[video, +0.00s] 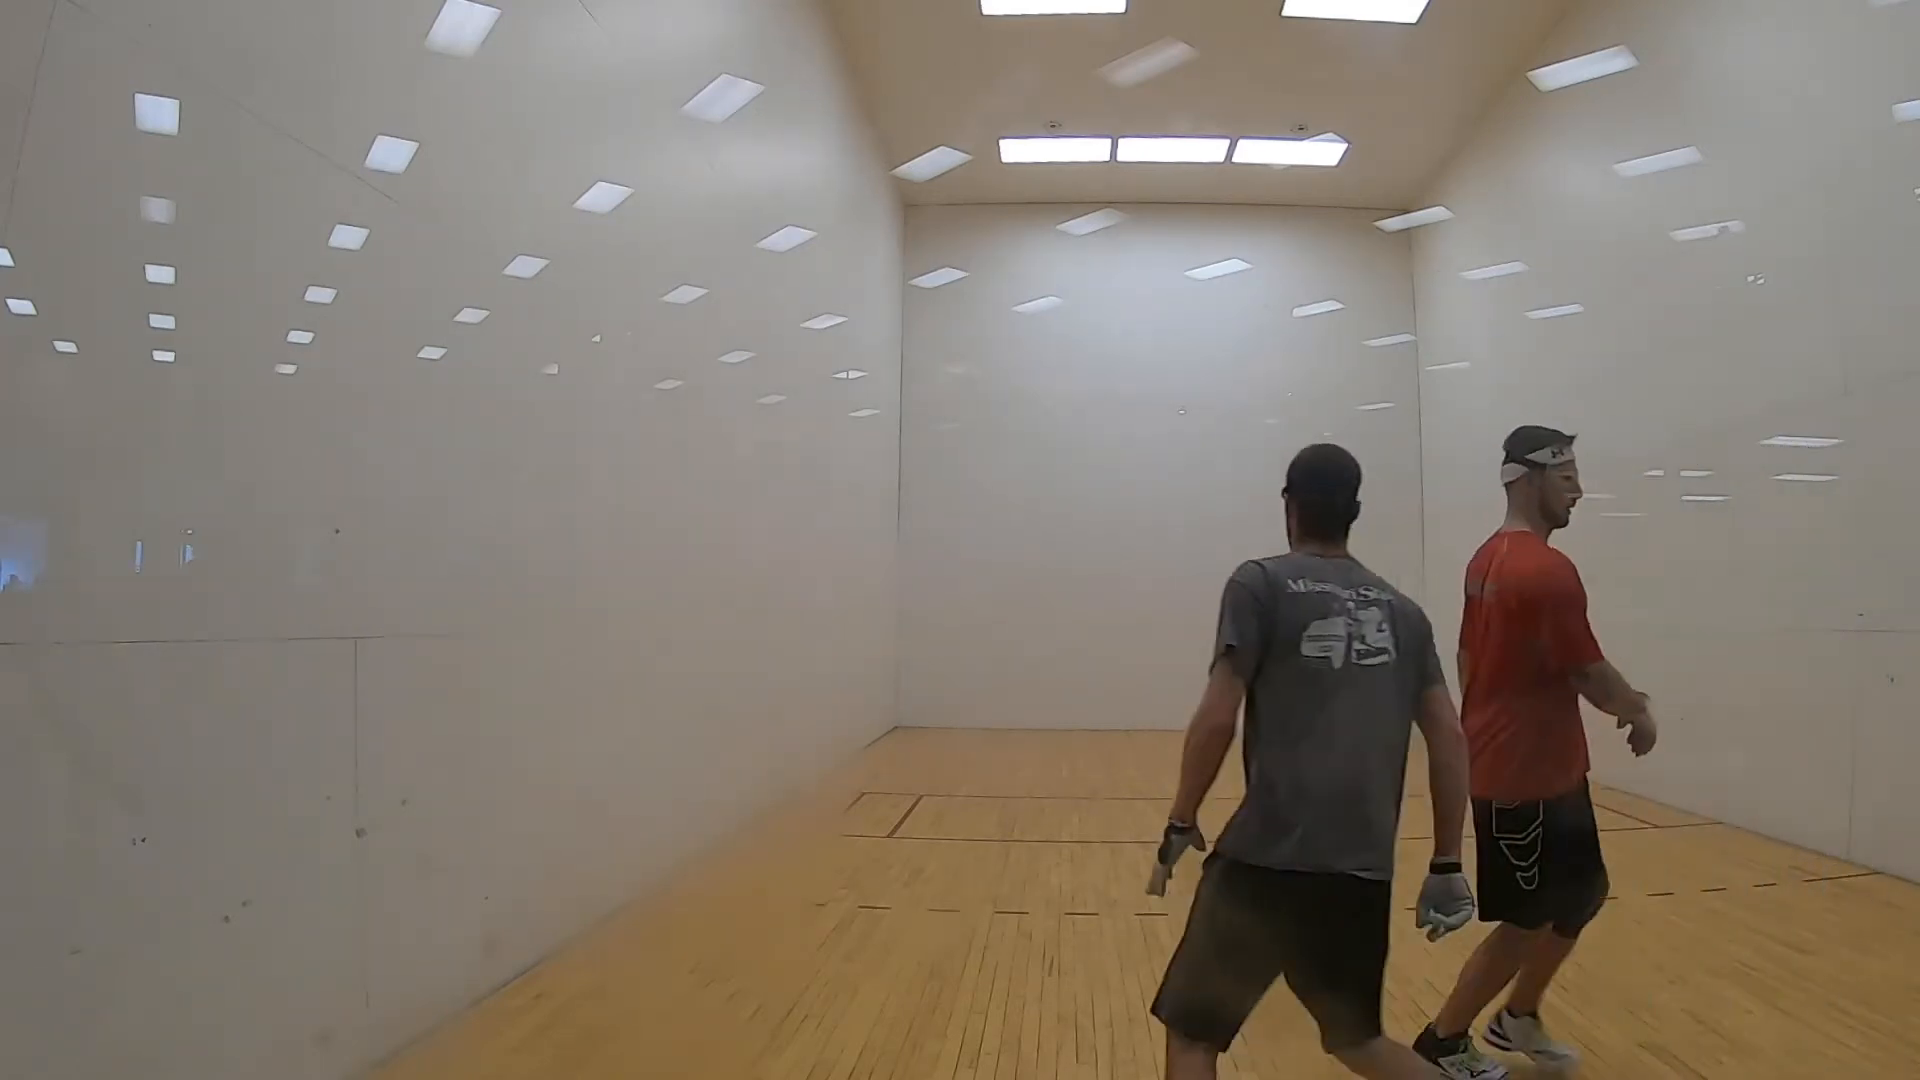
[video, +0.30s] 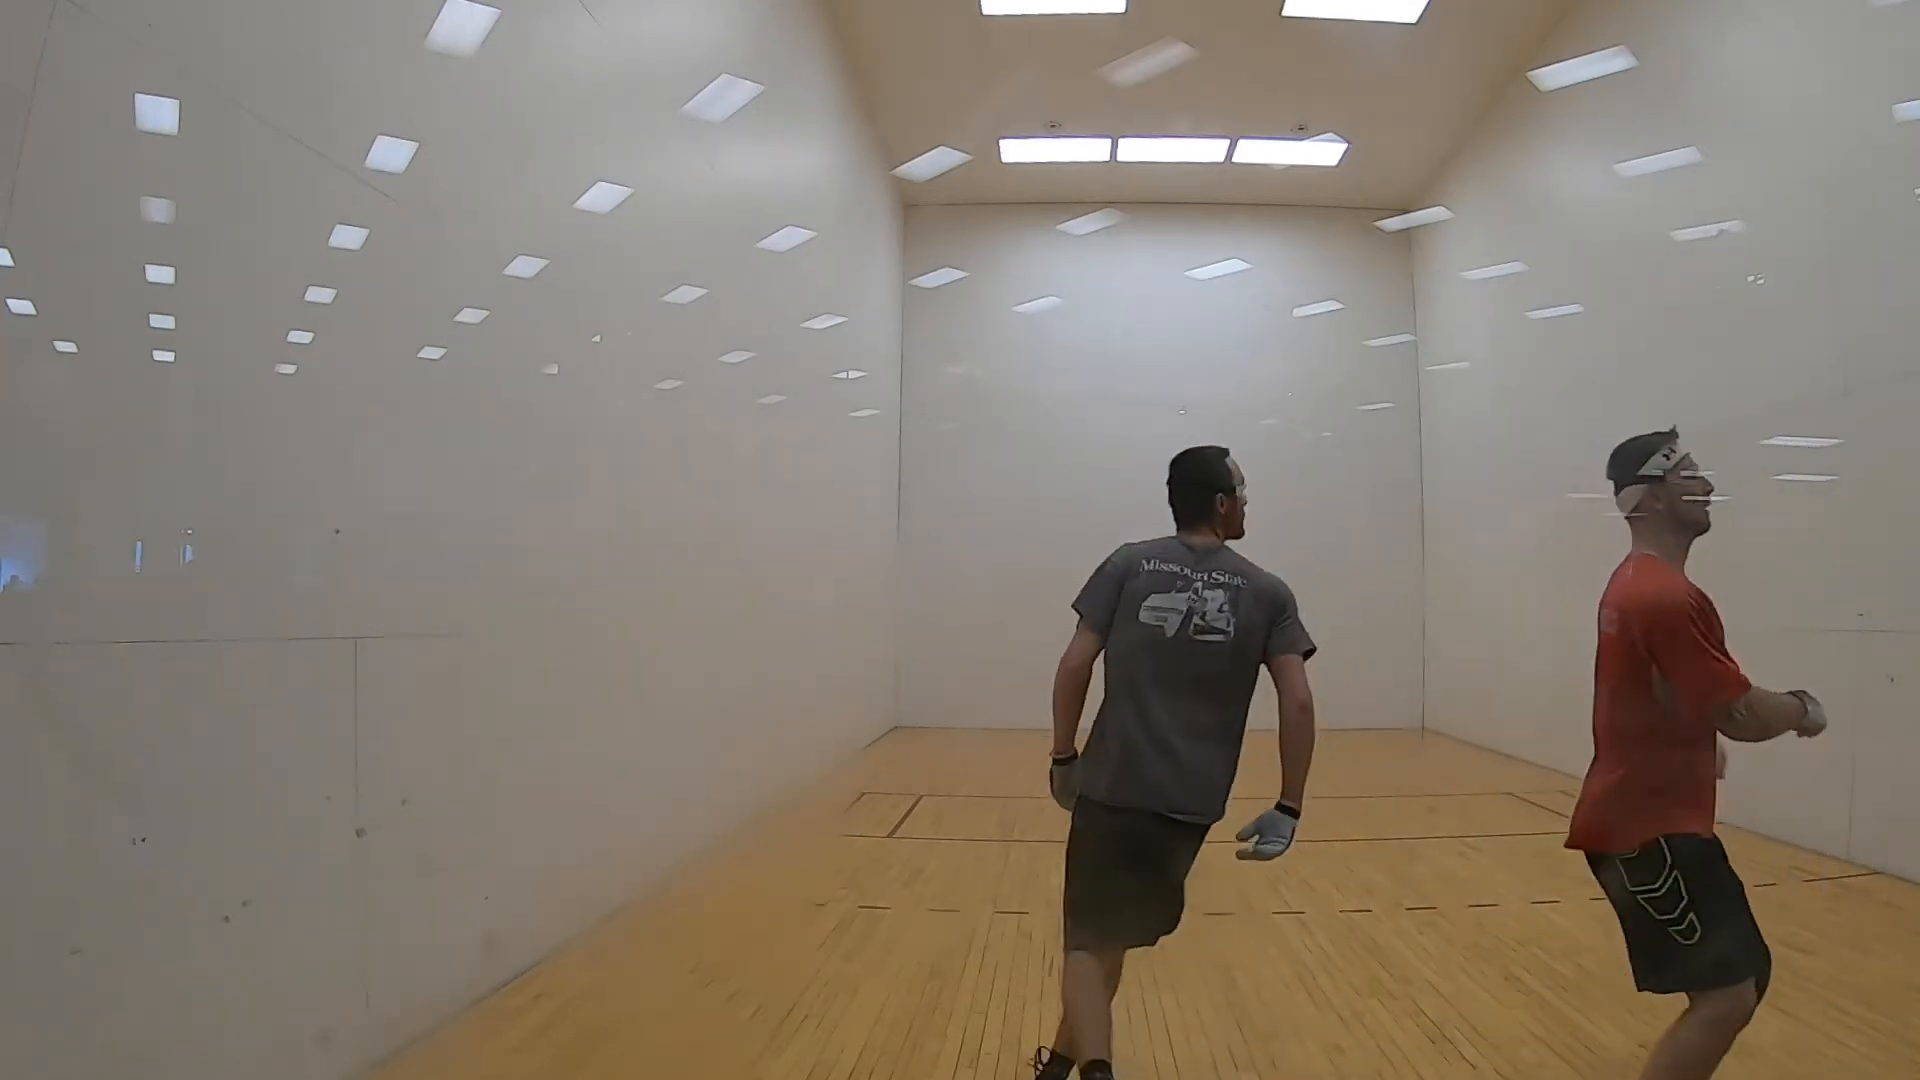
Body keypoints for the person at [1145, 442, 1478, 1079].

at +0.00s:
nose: (1285, 510)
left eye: (1285, 501)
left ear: (1289, 507)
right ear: (1355, 511)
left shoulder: (1260, 581)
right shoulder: (1403, 610)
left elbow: (1218, 718)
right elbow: (1448, 737)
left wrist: (1181, 822)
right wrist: (1447, 864)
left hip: (1265, 857)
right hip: (1361, 867)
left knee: (1193, 1034)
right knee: (1356, 1037)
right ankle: (1451, 1079)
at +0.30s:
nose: (1247, 500)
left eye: (1242, 490)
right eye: (1241, 491)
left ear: (1179, 504)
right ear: (1222, 504)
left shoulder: (1129, 563)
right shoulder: (1265, 591)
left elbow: (1075, 664)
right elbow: (1297, 702)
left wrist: (1062, 752)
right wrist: (1290, 803)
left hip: (1113, 782)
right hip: (1194, 797)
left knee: (1088, 938)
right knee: (1115, 939)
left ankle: (1097, 1072)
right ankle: (1057, 1063)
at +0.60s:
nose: (1214, 490)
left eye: (1208, 478)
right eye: (1201, 481)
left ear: (1154, 498)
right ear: (1166, 496)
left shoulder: (1097, 556)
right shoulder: (1207, 567)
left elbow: (1041, 642)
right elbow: (1209, 673)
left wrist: (1024, 727)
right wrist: (1151, 664)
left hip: (1087, 748)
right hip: (1157, 757)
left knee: (1094, 873)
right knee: (1118, 902)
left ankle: (1081, 992)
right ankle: (1061, 1056)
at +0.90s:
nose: (1204, 501)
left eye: (1200, 491)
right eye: (1193, 492)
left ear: (1152, 506)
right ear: (1161, 503)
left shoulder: (1104, 561)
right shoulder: (1198, 563)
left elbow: (1079, 655)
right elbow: (1218, 653)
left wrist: (1088, 720)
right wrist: (1209, 695)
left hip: (1110, 737)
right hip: (1176, 737)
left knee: (1110, 859)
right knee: (1192, 843)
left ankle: (1095, 991)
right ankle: (1153, 963)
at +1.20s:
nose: (1244, 550)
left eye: (1244, 541)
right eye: (1239, 541)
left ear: (1201, 542)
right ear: (1211, 541)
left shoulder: (1149, 587)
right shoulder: (1233, 597)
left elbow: (1114, 662)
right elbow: (1257, 672)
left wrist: (1139, 702)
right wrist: (1274, 736)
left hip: (1146, 747)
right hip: (1208, 747)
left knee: (1125, 856)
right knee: (1238, 837)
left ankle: (1100, 976)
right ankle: (1259, 920)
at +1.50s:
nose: (1270, 552)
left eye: (1269, 545)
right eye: (1270, 545)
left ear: (1227, 542)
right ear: (1262, 545)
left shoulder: (1188, 581)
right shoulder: (1269, 595)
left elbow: (1148, 642)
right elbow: (1286, 663)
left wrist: (1125, 700)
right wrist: (1291, 711)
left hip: (1178, 720)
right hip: (1234, 726)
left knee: (1157, 802)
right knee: (1252, 817)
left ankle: (1119, 897)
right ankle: (1259, 919)